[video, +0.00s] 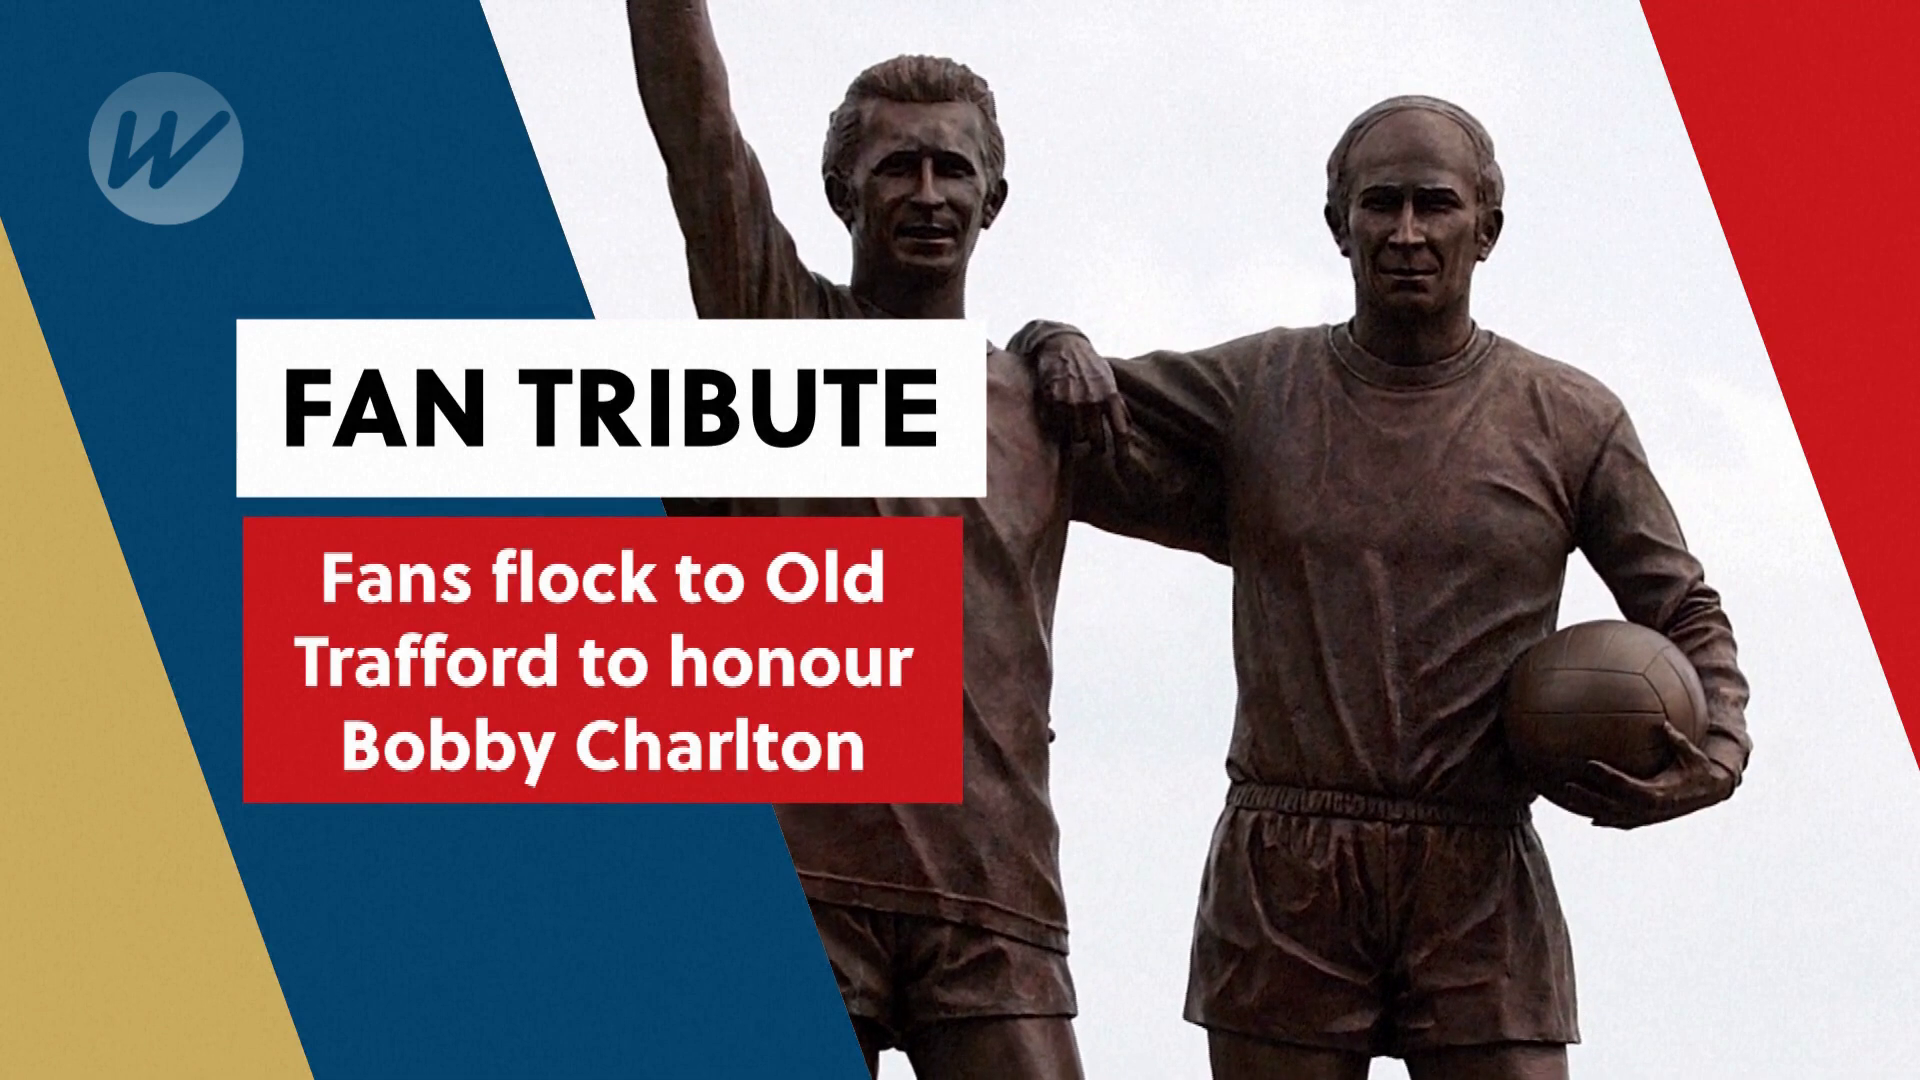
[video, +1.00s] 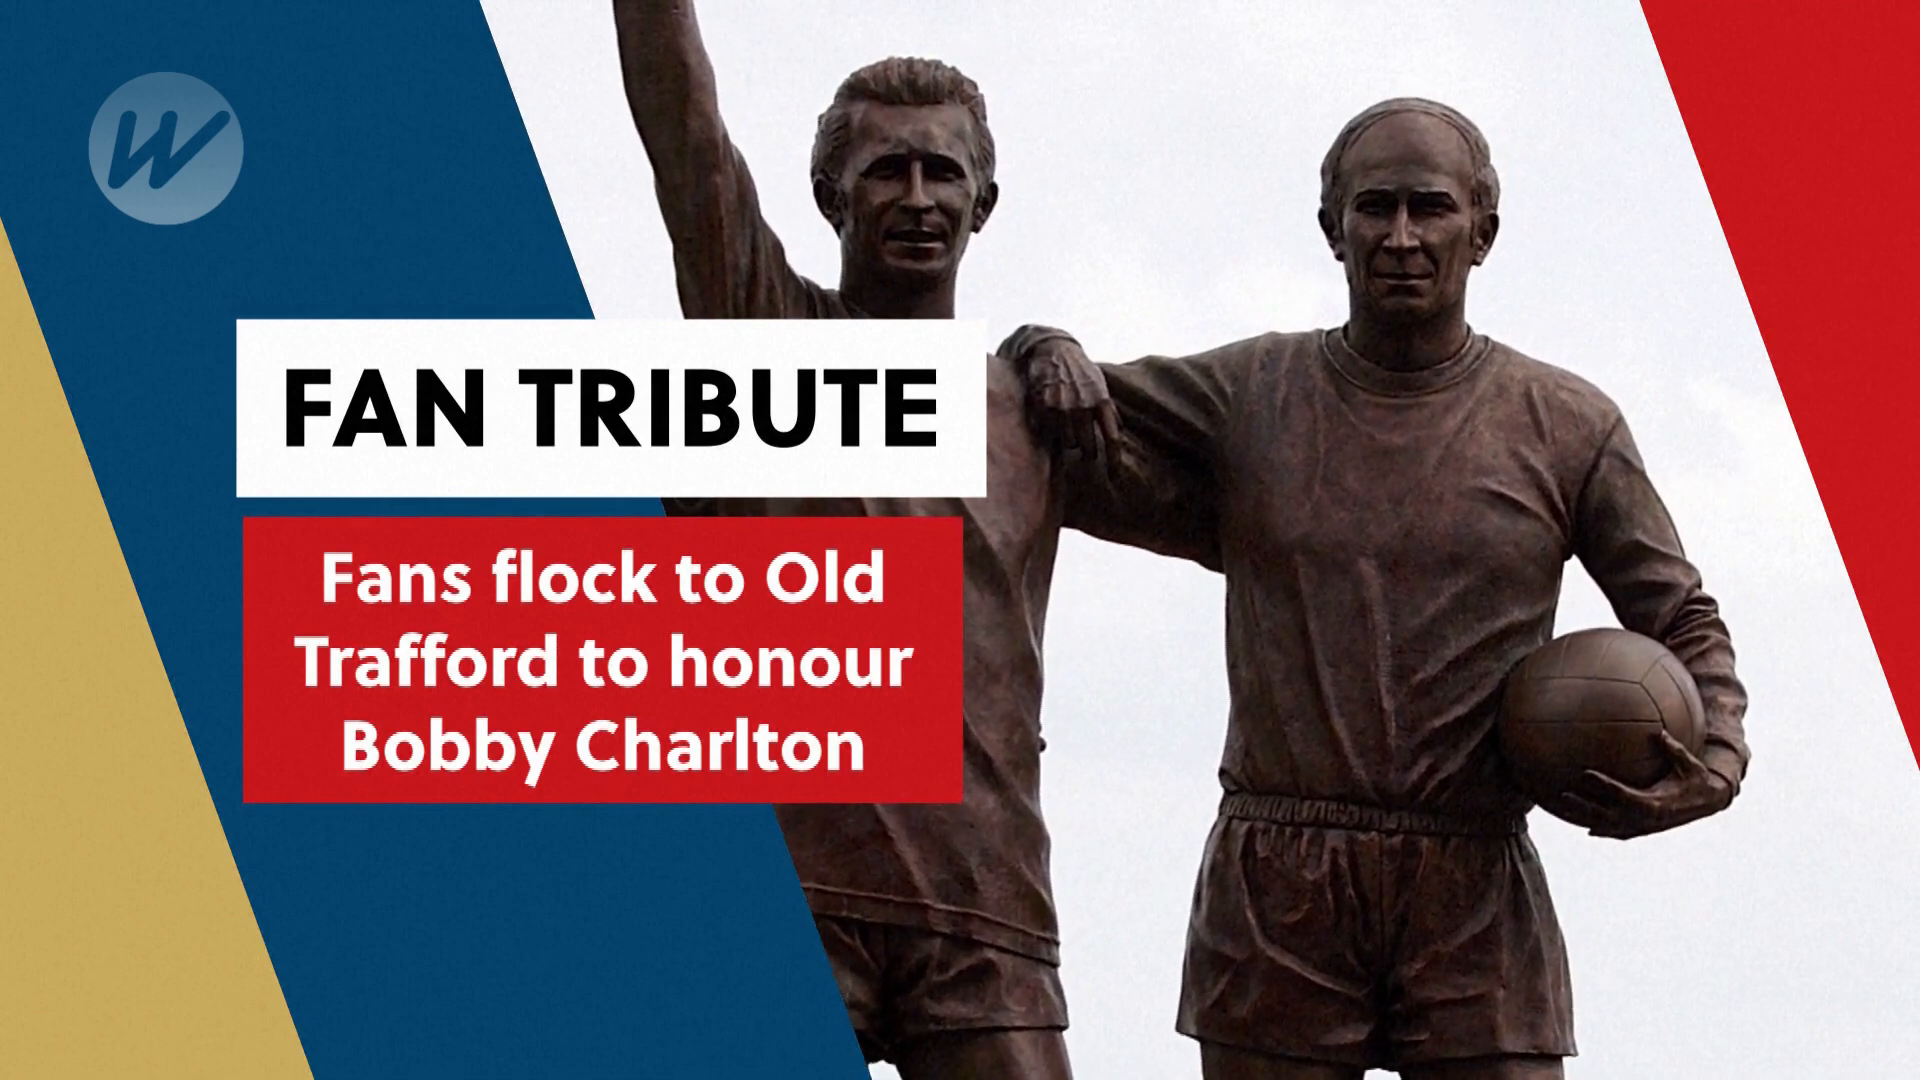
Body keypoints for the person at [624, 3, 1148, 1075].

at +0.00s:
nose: (930, 191)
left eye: (955, 168)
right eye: (899, 166)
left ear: (991, 198)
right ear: (842, 194)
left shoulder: (1044, 405)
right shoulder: (776, 332)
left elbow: (1244, 506)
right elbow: (696, 132)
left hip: (995, 900)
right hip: (803, 892)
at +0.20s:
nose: (927, 192)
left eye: (952, 168)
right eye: (895, 167)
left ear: (991, 198)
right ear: (841, 193)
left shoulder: (1044, 405)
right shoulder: (773, 335)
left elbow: (1256, 508)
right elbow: (692, 135)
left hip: (992, 898)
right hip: (798, 890)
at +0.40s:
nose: (924, 193)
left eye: (950, 169)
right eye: (893, 168)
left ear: (988, 201)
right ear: (839, 196)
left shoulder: (1042, 407)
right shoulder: (771, 336)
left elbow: (1250, 507)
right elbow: (691, 132)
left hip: (991, 901)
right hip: (797, 893)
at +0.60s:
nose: (921, 193)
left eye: (947, 170)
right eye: (889, 169)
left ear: (986, 202)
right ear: (835, 196)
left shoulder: (1040, 406)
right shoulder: (769, 335)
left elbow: (1243, 511)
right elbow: (687, 127)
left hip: (989, 901)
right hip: (796, 894)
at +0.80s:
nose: (918, 194)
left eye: (944, 171)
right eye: (887, 170)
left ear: (985, 202)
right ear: (832, 199)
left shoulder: (1039, 405)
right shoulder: (765, 336)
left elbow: (1241, 515)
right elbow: (690, 142)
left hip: (990, 910)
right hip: (794, 898)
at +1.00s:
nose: (918, 195)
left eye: (944, 171)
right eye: (886, 170)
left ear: (983, 202)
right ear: (829, 197)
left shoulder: (1032, 400)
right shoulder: (762, 334)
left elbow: (1244, 515)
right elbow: (681, 127)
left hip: (986, 909)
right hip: (790, 902)